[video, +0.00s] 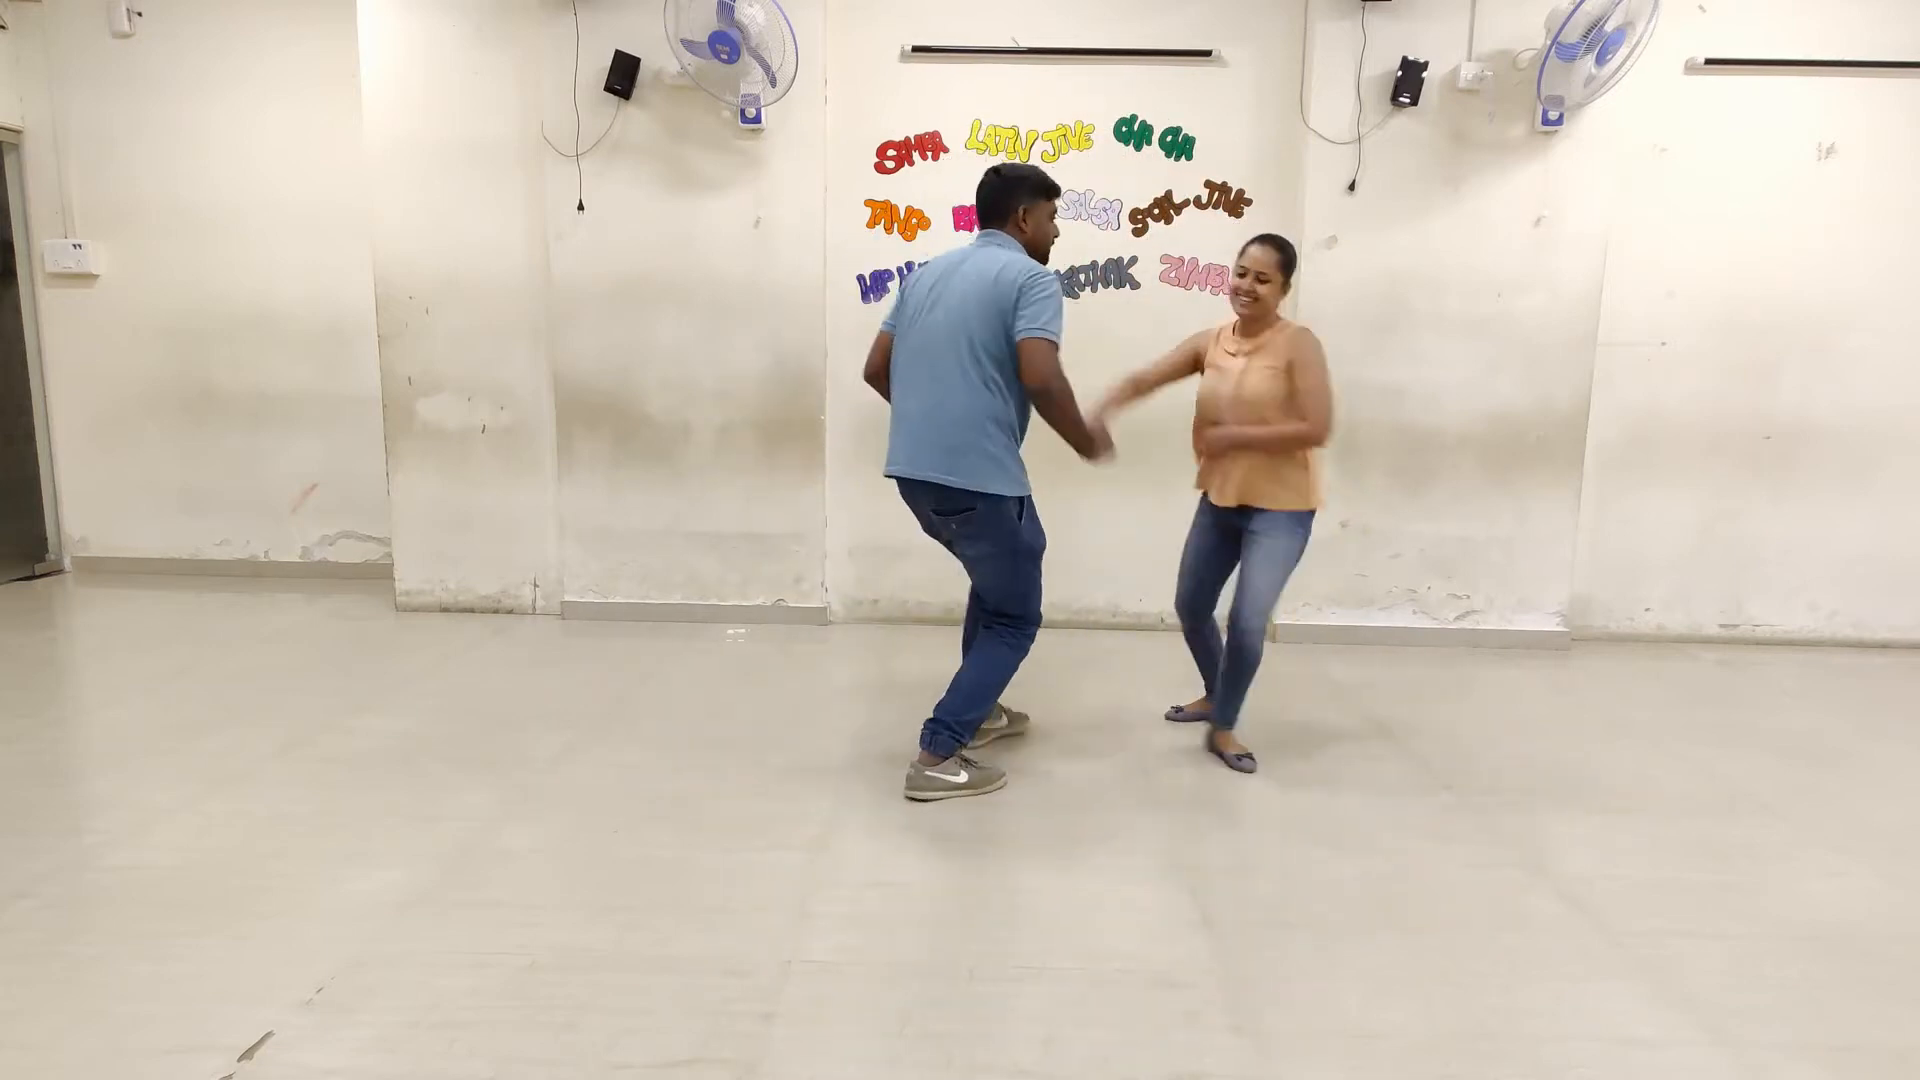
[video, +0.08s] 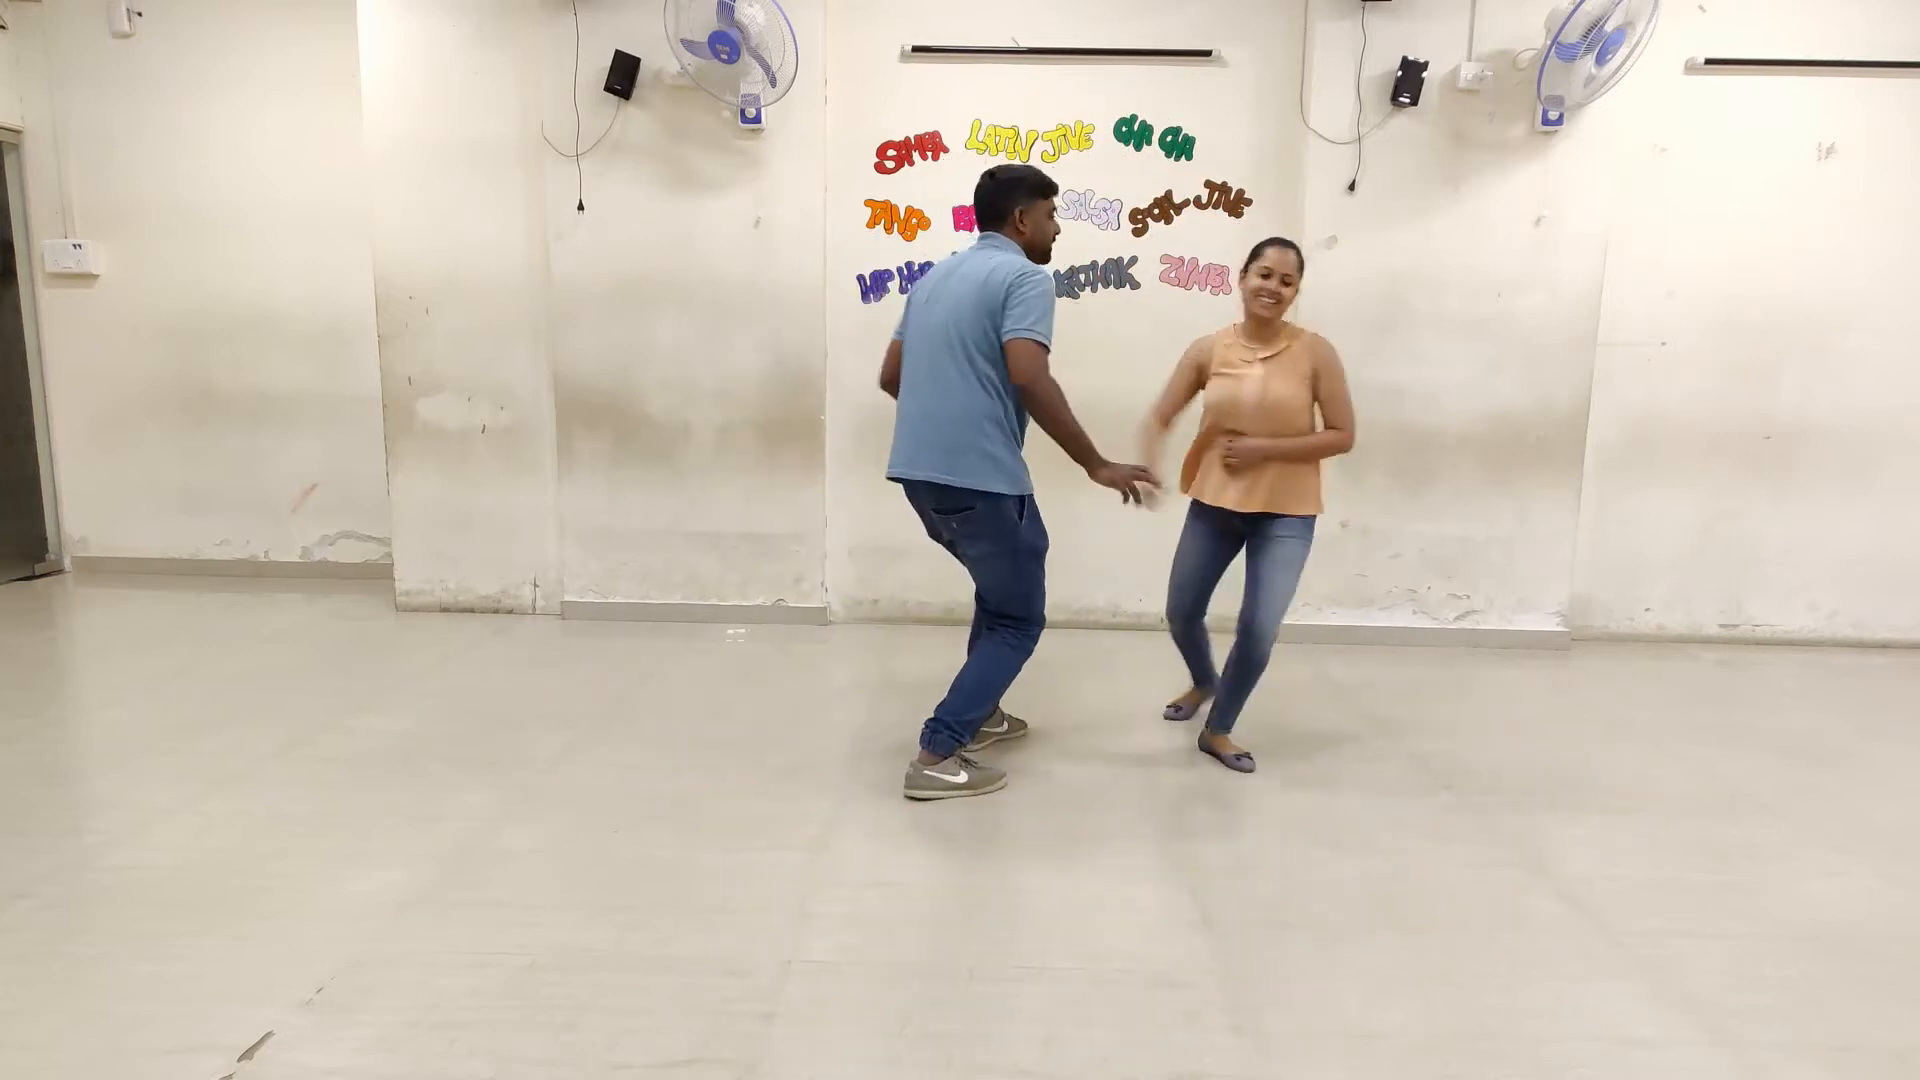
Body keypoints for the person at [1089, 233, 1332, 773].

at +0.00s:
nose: (1246, 286)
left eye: (1261, 279)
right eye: (1241, 274)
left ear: (1284, 288)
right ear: (1231, 276)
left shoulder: (1299, 344)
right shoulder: (1212, 341)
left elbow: (1316, 428)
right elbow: (1148, 379)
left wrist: (1230, 435)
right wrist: (1101, 410)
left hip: (1281, 507)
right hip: (1220, 501)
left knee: (1247, 621)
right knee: (1191, 605)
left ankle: (1223, 729)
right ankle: (1216, 696)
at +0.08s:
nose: (1272, 286)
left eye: (1285, 279)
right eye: (1263, 274)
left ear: (1296, 291)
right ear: (1242, 279)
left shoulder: (1315, 352)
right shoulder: (1209, 349)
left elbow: (1343, 436)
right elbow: (1159, 418)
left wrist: (1261, 448)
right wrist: (1149, 470)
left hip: (1286, 514)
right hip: (1214, 506)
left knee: (1259, 633)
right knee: (1181, 612)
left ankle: (1218, 731)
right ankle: (1206, 682)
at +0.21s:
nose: (1320, 276)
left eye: (1321, 266)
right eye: (1311, 266)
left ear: (1292, 271)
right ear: (1276, 269)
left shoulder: (1315, 338)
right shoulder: (1234, 342)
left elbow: (1327, 413)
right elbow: (1234, 438)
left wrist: (1322, 428)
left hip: (1293, 502)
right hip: (1230, 498)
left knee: (1273, 630)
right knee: (1231, 619)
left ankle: (1218, 729)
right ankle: (1164, 674)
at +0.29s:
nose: (1331, 264)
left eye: (1328, 254)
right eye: (1324, 254)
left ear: (1295, 263)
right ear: (1296, 261)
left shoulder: (1293, 326)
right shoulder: (1264, 328)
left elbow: (1293, 413)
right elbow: (1285, 422)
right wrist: (1366, 438)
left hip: (1282, 491)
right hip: (1243, 490)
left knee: (1277, 614)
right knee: (1273, 611)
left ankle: (1214, 726)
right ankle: (1182, 702)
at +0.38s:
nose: (1332, 254)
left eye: (1328, 245)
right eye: (1329, 246)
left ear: (1275, 257)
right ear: (1319, 253)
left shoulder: (1255, 314)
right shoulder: (1318, 313)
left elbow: (1235, 395)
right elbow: (1362, 403)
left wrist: (1311, 402)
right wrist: (1409, 398)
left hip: (1231, 479)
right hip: (1284, 484)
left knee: (1251, 606)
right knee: (1310, 609)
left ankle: (1212, 734)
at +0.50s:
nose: (1273, 262)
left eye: (1274, 254)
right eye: (1278, 253)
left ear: (1281, 258)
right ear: (1332, 256)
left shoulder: (1250, 312)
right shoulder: (1362, 315)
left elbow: (1206, 394)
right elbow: (1410, 383)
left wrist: (1258, 407)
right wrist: (1374, 351)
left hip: (1248, 477)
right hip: (1326, 483)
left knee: (1252, 611)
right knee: (1321, 611)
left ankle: (1252, 752)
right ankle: (1328, 745)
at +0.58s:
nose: (1273, 261)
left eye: (1275, 253)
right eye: (1277, 252)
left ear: (1286, 258)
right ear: (1332, 254)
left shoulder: (1255, 311)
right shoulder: (1367, 315)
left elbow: (1206, 393)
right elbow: (1403, 379)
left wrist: (1255, 404)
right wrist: (1360, 345)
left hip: (1255, 477)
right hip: (1333, 483)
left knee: (1259, 613)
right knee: (1323, 610)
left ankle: (1265, 754)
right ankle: (1331, 745)